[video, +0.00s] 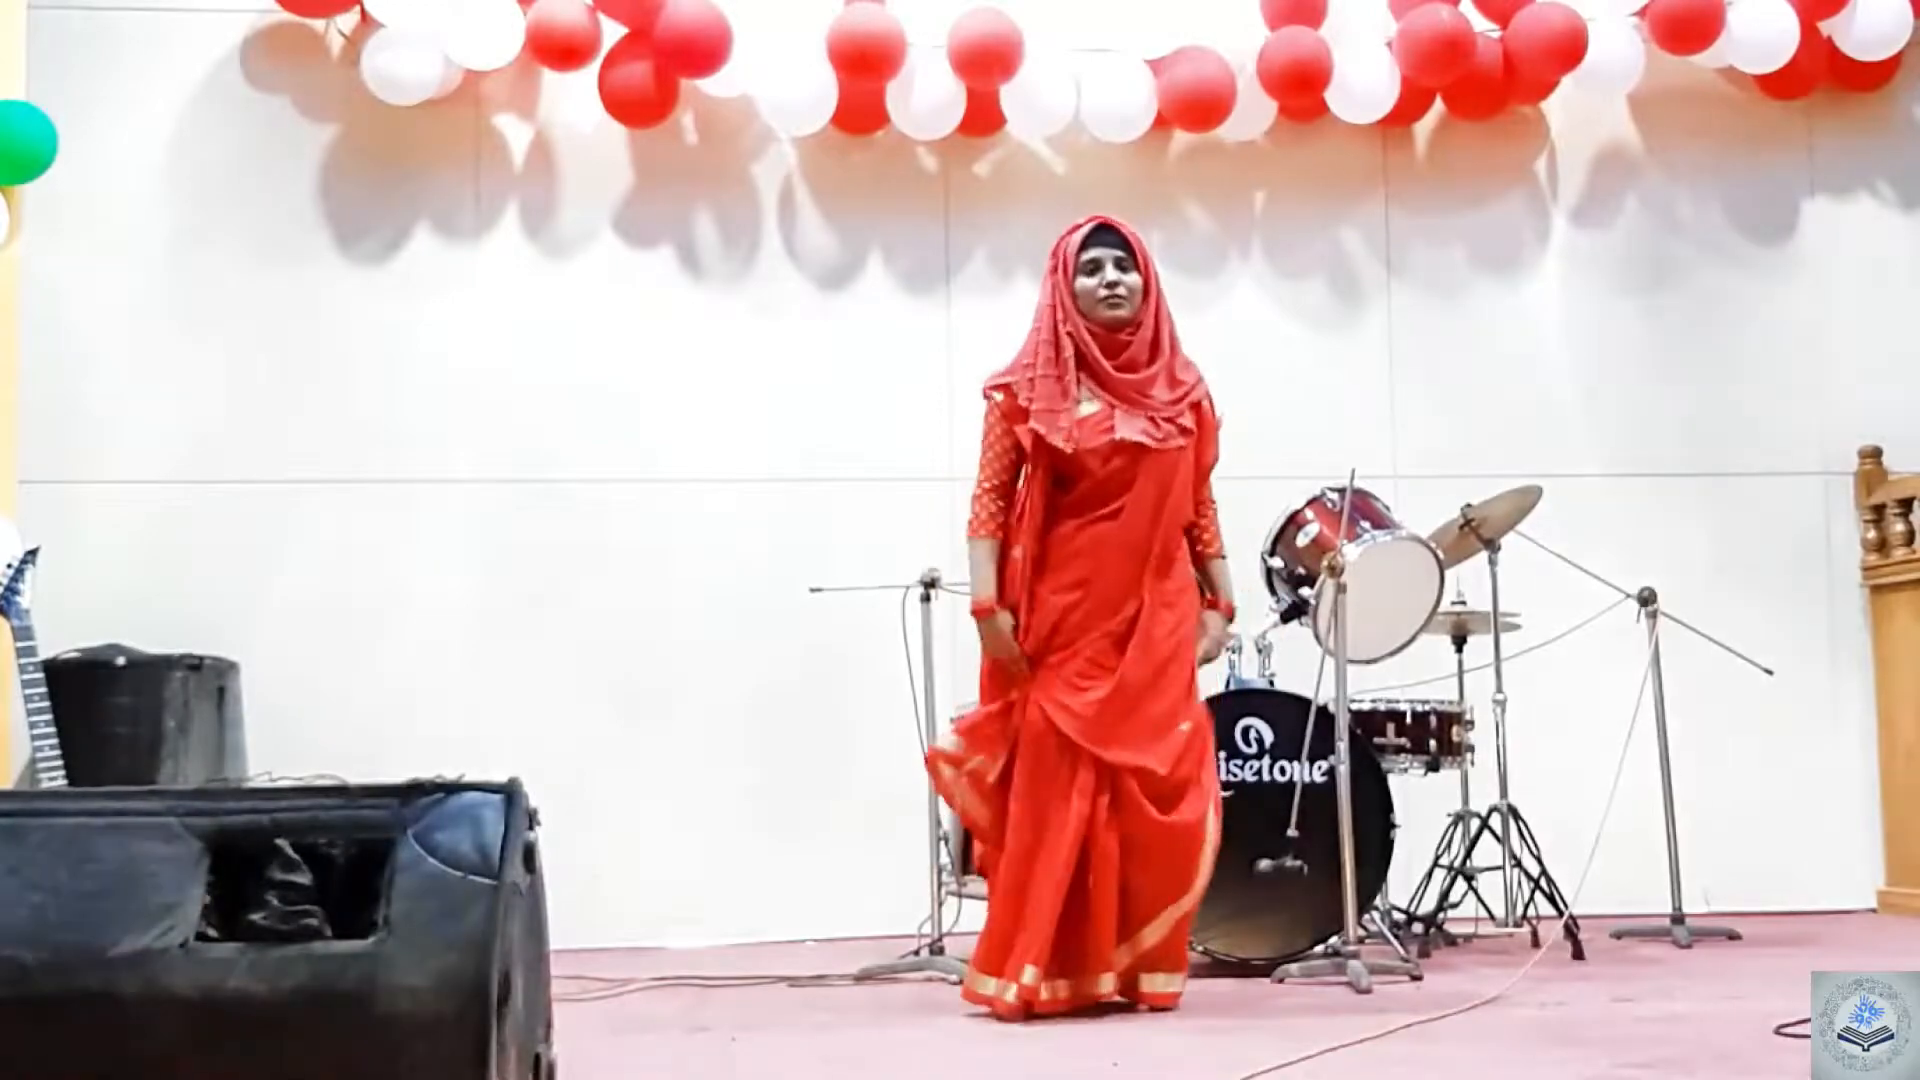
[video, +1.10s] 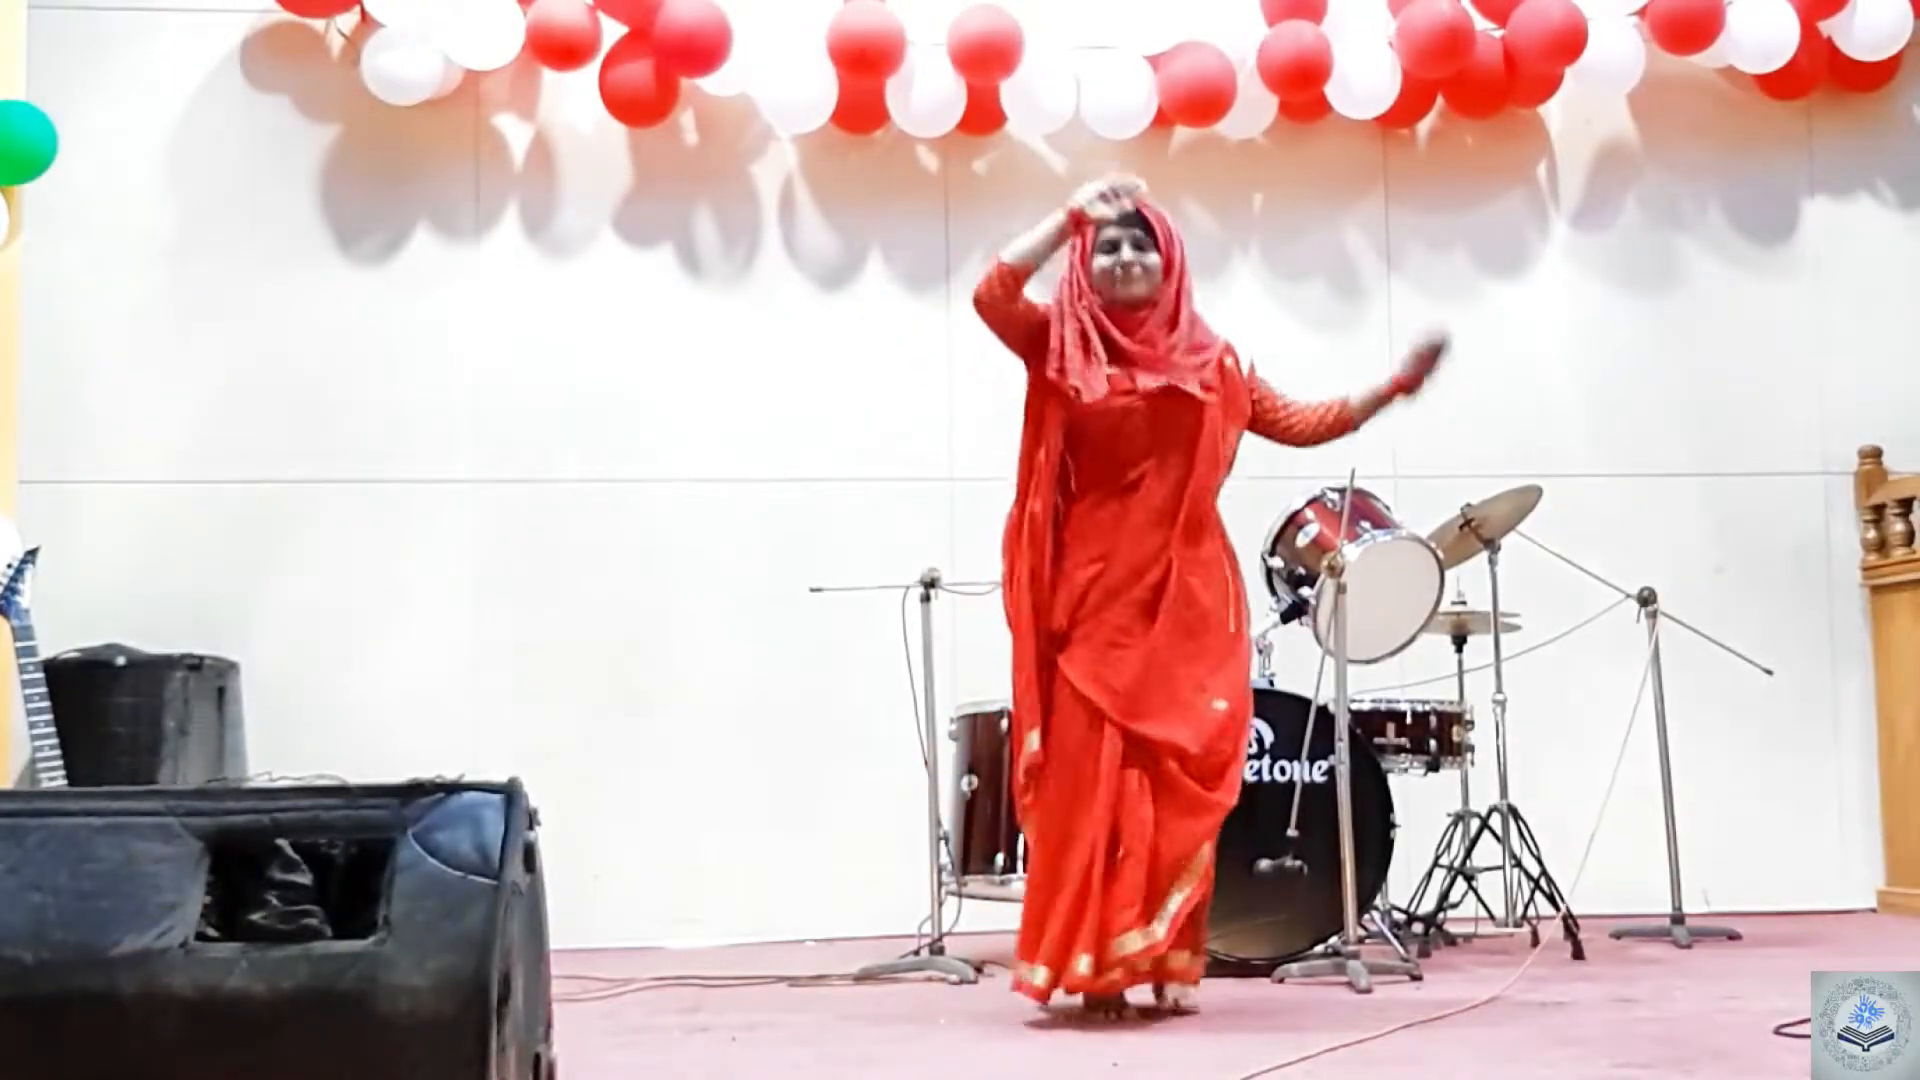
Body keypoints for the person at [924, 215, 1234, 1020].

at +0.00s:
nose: (1110, 279)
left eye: (1123, 268)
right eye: (1093, 270)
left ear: (1146, 284)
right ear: (1064, 290)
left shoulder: (1182, 393)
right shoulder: (1028, 391)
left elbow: (1199, 506)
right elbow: (990, 505)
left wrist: (1221, 597)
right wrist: (987, 611)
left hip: (1158, 619)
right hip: (1061, 620)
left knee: (1156, 789)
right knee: (1059, 789)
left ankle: (1136, 965)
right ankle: (1048, 968)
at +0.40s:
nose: (1130, 274)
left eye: (1143, 262)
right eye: (1112, 264)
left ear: (1164, 278)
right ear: (1086, 284)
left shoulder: (1200, 387)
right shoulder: (1050, 385)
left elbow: (1219, 502)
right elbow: (1018, 492)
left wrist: (1278, 581)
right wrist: (984, 513)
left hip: (1185, 627)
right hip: (1091, 626)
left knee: (1217, 802)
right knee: (1121, 793)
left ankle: (1162, 959)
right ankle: (1110, 975)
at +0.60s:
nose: (1134, 264)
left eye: (1145, 251)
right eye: (1115, 256)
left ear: (1170, 264)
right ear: (1089, 277)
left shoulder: (1213, 372)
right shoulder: (1060, 368)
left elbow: (1246, 469)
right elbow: (997, 449)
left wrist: (1316, 515)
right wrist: (924, 392)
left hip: (1177, 610)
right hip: (1084, 609)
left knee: (1182, 779)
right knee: (1105, 778)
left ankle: (1149, 963)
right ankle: (1081, 963)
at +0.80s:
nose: (1122, 274)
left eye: (1133, 263)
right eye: (1104, 267)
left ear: (1159, 280)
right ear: (1081, 293)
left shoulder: (1210, 390)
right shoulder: (1066, 381)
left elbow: (1238, 511)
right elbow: (984, 378)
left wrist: (1276, 604)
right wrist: (957, 284)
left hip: (1191, 625)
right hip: (1095, 625)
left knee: (1188, 798)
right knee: (1105, 793)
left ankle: (1152, 965)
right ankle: (1102, 976)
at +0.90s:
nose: (1115, 233)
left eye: (1130, 224)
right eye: (1098, 229)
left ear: (1158, 250)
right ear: (1076, 259)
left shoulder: (1204, 346)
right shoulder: (1057, 339)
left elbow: (1242, 454)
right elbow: (972, 297)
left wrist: (1294, 539)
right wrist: (1010, 196)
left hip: (1185, 595)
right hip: (1085, 596)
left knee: (1185, 774)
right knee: (1092, 772)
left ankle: (1150, 951)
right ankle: (1096, 967)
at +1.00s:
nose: (1117, 232)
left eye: (1131, 219)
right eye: (1098, 224)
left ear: (1160, 239)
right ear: (1079, 248)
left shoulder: (1203, 341)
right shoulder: (1058, 331)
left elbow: (1264, 435)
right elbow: (982, 273)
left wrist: (1346, 474)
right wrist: (1043, 191)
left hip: (1183, 582)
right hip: (1081, 582)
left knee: (1183, 761)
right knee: (1089, 762)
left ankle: (1165, 946)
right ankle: (1097, 963)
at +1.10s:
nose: (1119, 252)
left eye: (1134, 241)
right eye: (1103, 245)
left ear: (1165, 258)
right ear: (1083, 266)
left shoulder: (1208, 362)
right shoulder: (1063, 343)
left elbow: (1302, 423)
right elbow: (993, 294)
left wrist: (1394, 385)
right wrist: (1066, 219)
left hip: (1186, 594)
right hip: (1085, 593)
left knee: (1185, 774)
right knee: (1089, 771)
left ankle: (1160, 963)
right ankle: (1091, 971)